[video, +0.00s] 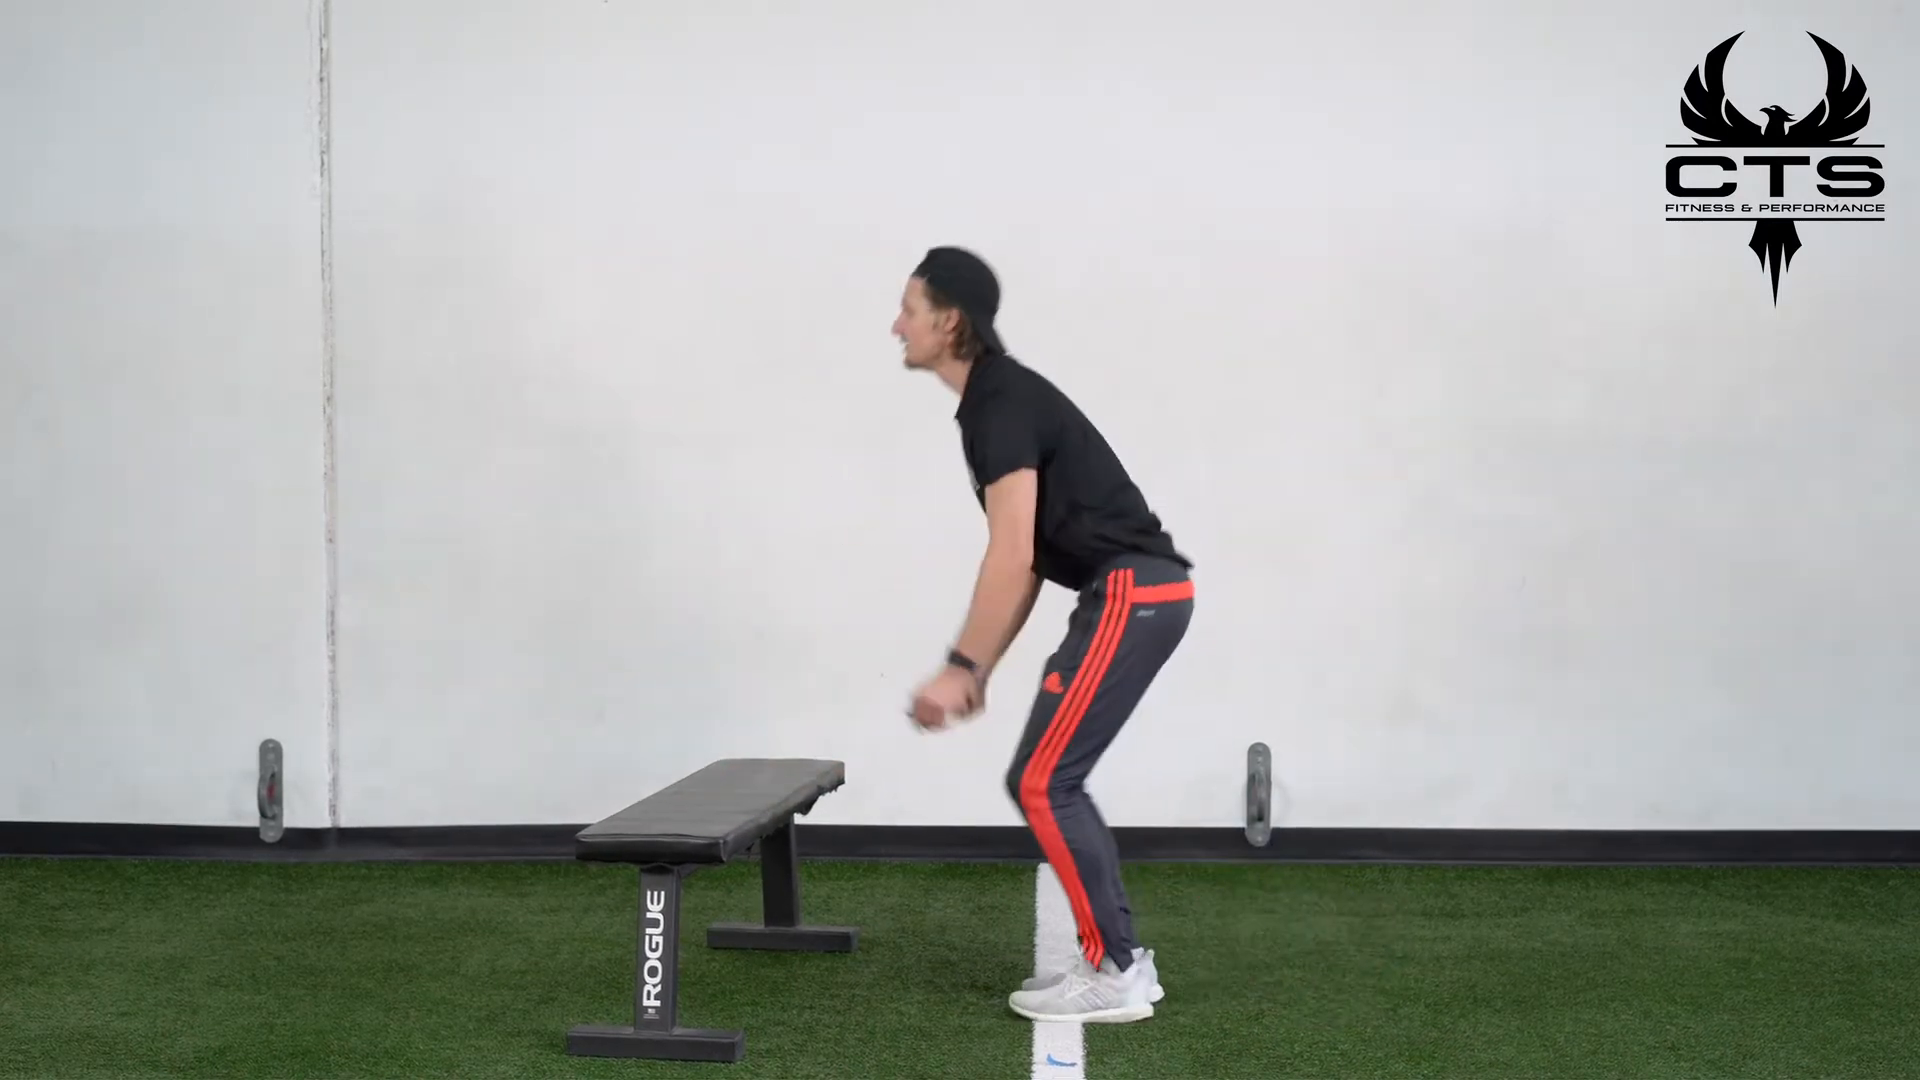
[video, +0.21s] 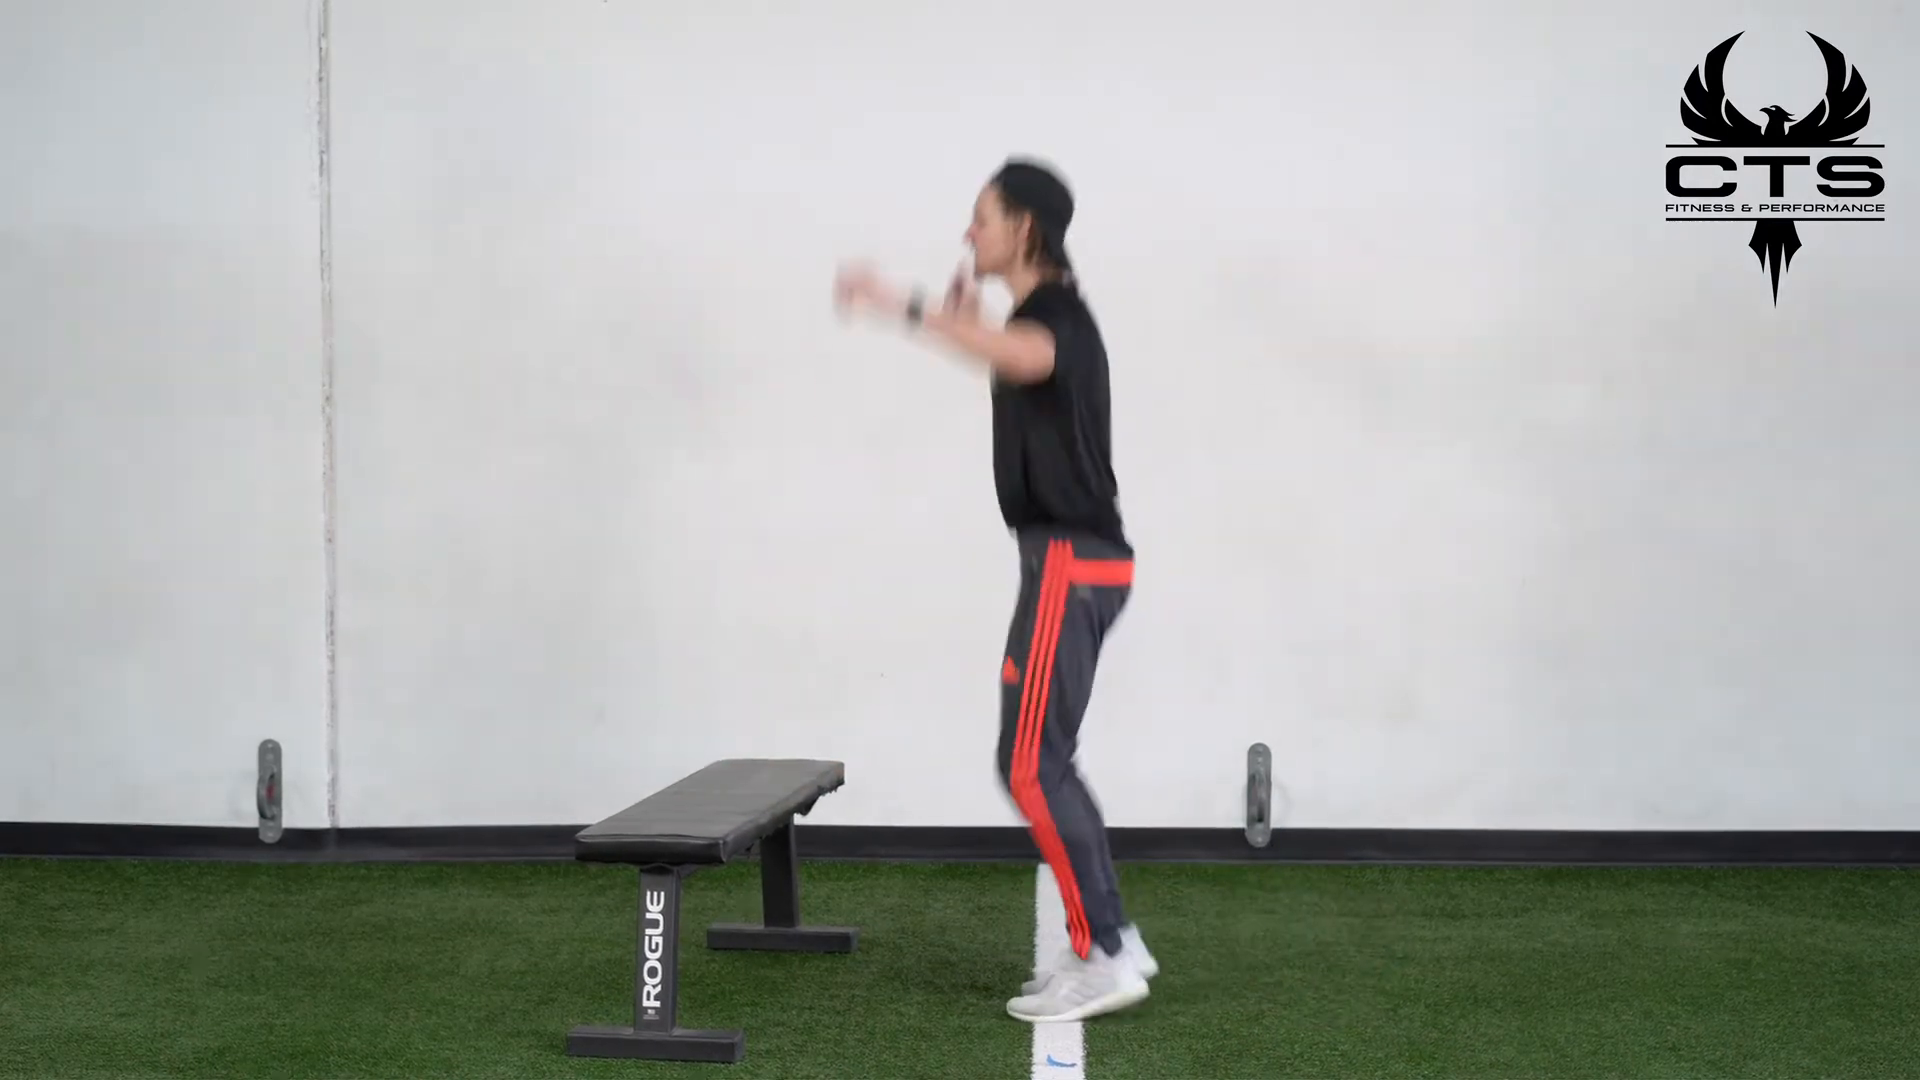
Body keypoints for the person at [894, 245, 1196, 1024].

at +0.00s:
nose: (897, 322)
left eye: (909, 309)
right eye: (902, 307)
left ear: (951, 322)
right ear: (955, 322)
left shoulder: (1000, 402)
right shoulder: (996, 400)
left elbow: (1013, 553)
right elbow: (1022, 565)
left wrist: (962, 667)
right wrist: (973, 670)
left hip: (1137, 591)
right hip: (1126, 589)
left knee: (1043, 780)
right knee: (1044, 777)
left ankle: (1119, 968)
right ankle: (1116, 960)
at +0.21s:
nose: (972, 232)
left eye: (982, 218)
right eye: (975, 217)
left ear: (1023, 227)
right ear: (1028, 229)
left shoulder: (1058, 314)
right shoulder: (1040, 314)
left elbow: (1026, 355)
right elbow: (1020, 372)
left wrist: (907, 311)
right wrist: (964, 327)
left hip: (1073, 563)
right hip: (1064, 558)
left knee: (1030, 762)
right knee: (1040, 759)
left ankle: (1108, 955)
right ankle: (1106, 946)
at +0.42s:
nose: (992, 133)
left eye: (1005, 118)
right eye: (995, 118)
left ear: (1040, 123)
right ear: (1060, 124)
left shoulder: (1059, 201)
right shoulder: (1063, 200)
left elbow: (1018, 150)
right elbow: (1042, 141)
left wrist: (978, 39)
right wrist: (1042, 64)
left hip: (1050, 464)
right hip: (1047, 462)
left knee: (1049, 672)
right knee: (1047, 672)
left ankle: (1084, 877)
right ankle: (1078, 872)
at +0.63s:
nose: (983, 210)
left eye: (999, 195)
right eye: (989, 192)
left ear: (1042, 207)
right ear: (1044, 209)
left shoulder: (1058, 289)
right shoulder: (1049, 290)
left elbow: (1048, 221)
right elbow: (1051, 213)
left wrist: (1000, 138)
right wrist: (1039, 138)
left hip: (1044, 551)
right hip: (1044, 548)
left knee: (1024, 754)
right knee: (1036, 752)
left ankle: (1093, 959)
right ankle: (1097, 946)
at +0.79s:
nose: (946, 243)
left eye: (954, 225)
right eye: (946, 226)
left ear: (994, 222)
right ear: (1004, 223)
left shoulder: (1019, 303)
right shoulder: (1047, 302)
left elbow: (1080, 394)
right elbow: (1099, 382)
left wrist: (1051, 335)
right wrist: (1086, 306)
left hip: (1038, 559)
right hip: (1060, 555)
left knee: (1038, 761)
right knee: (1058, 757)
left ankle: (1098, 958)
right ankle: (1097, 948)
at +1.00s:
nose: (874, 294)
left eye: (877, 275)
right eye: (871, 278)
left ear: (919, 262)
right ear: (917, 264)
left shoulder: (983, 346)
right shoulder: (978, 339)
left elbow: (1038, 479)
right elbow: (1042, 477)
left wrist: (1043, 603)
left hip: (1088, 568)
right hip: (1086, 565)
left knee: (1058, 765)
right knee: (1073, 762)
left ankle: (1102, 966)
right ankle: (1101, 954)